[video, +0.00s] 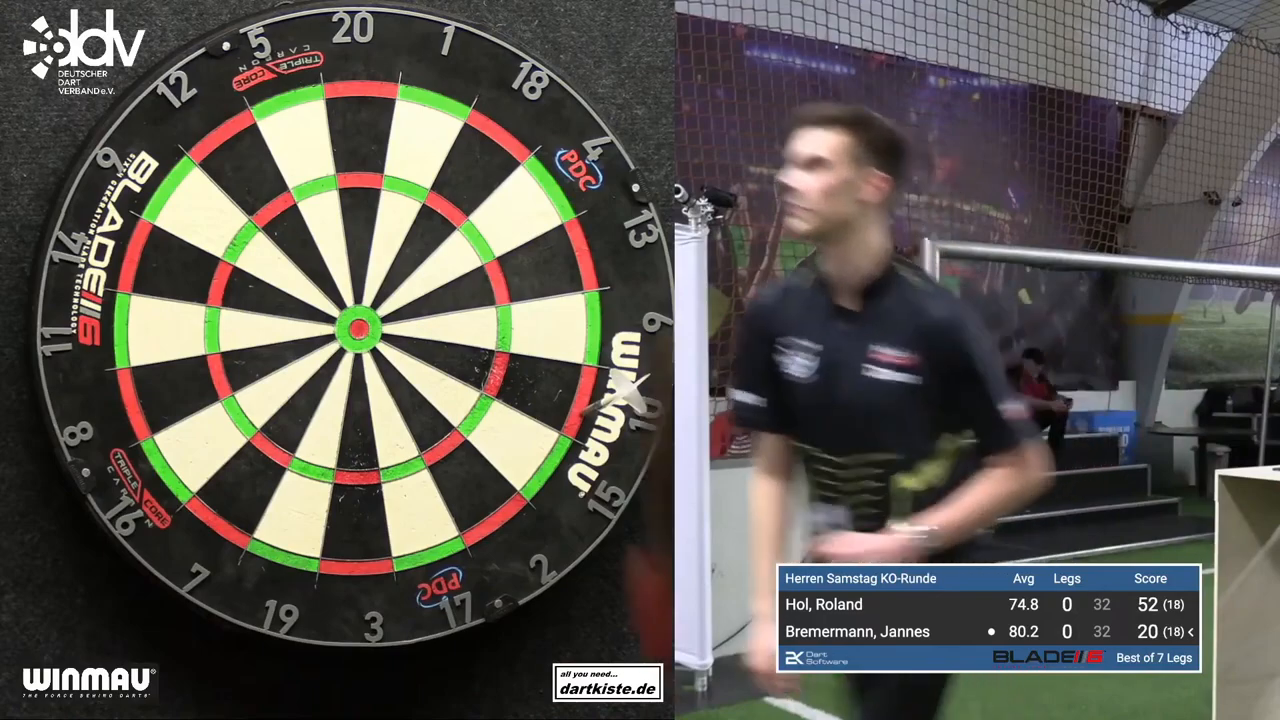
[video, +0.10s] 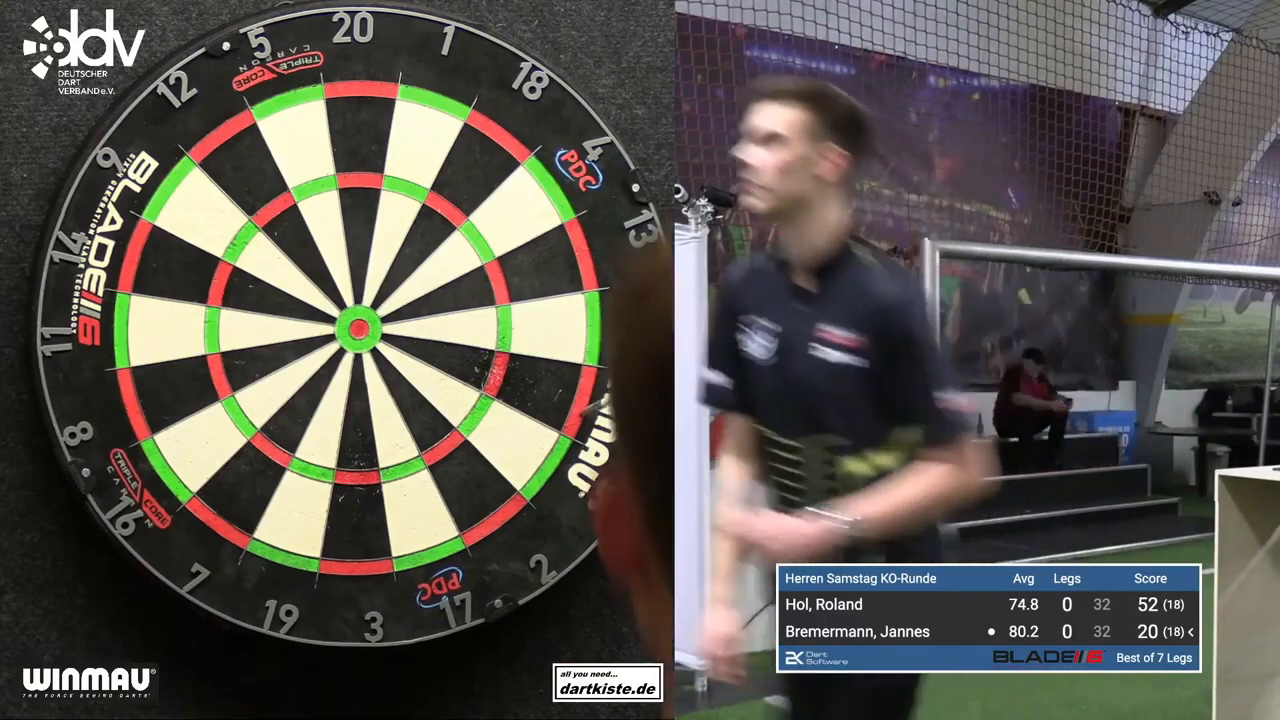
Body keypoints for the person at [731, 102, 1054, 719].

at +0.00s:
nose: (786, 180)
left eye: (813, 166)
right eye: (788, 164)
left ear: (875, 187)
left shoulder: (938, 321)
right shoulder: (774, 316)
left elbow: (1026, 465)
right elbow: (771, 467)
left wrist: (902, 539)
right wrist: (768, 615)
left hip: (928, 590)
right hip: (832, 589)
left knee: (889, 707)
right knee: (885, 706)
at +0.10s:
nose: (742, 156)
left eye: (769, 141)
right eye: (746, 140)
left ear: (832, 164)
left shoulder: (887, 299)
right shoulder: (746, 289)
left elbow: (966, 464)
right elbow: (738, 452)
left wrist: (823, 525)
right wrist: (722, 601)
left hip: (887, 592)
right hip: (795, 593)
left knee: (855, 708)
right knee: (809, 707)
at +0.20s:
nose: (679, 130)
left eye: (702, 110)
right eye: (680, 112)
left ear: (767, 132)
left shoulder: (809, 267)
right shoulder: (702, 265)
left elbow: (840, 458)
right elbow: (694, 427)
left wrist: (698, 478)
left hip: (817, 548)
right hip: (732, 542)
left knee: (826, 705)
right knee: (701, 698)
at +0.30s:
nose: (655, 119)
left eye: (674, 101)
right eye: (660, 101)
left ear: (721, 124)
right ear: (711, 125)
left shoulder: (743, 252)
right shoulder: (665, 247)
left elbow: (752, 454)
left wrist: (615, 459)